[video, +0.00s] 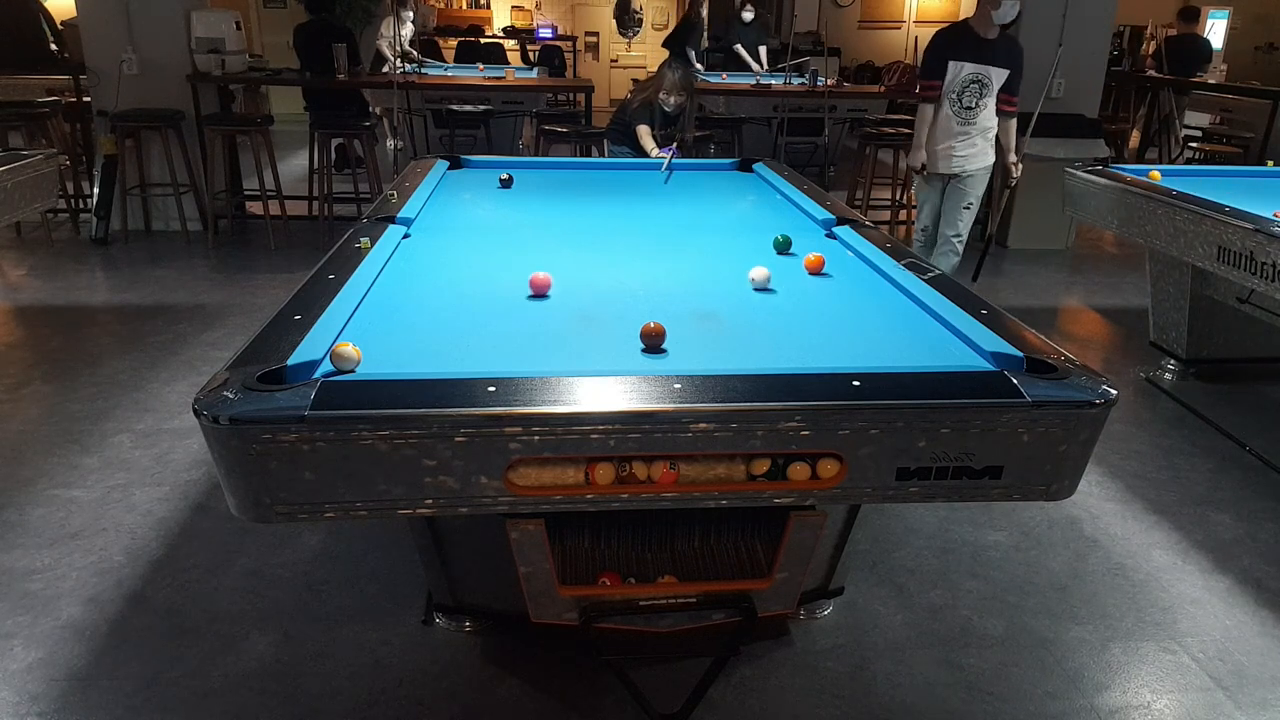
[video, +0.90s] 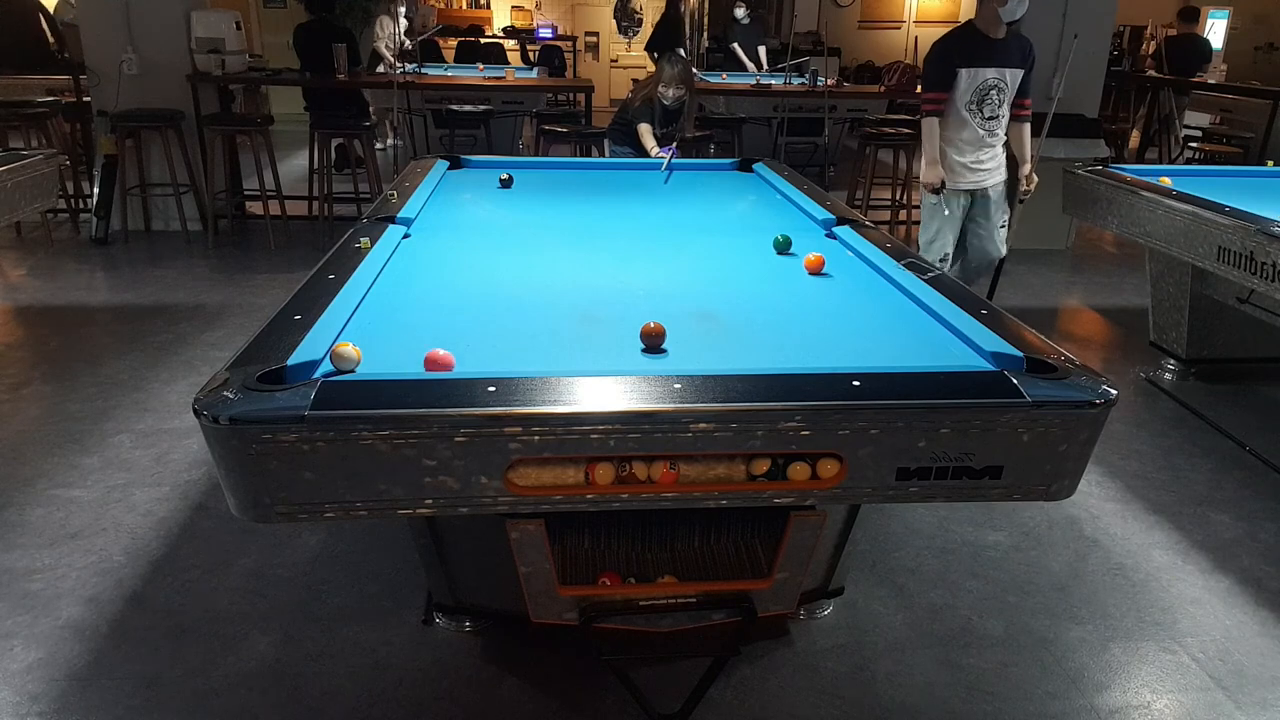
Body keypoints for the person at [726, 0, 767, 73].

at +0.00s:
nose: (747, 15)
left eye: (750, 12)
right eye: (745, 11)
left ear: (754, 14)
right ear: (740, 12)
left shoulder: (758, 26)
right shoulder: (734, 25)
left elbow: (762, 46)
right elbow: (736, 46)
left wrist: (765, 65)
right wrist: (753, 64)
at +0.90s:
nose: (737, 11)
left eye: (740, 8)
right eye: (735, 8)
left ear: (748, 11)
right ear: (733, 10)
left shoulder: (756, 25)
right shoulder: (730, 25)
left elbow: (761, 46)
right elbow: (734, 46)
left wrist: (765, 66)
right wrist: (748, 64)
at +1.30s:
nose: (733, 10)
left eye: (736, 7)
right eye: (731, 7)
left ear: (744, 10)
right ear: (729, 10)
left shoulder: (754, 25)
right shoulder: (728, 26)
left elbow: (759, 46)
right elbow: (730, 44)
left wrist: (765, 65)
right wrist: (741, 59)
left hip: (752, 69)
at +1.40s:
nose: (731, 10)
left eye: (735, 7)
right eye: (730, 7)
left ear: (742, 10)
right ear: (727, 10)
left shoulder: (753, 25)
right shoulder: (727, 26)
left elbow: (758, 46)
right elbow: (727, 44)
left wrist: (764, 65)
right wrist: (735, 56)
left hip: (752, 69)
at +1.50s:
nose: (731, 9)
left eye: (734, 6)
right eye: (729, 6)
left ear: (742, 10)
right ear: (727, 9)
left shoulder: (753, 25)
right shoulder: (726, 26)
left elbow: (758, 46)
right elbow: (724, 43)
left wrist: (764, 65)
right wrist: (728, 54)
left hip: (752, 70)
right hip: (733, 70)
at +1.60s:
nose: (731, 10)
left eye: (734, 7)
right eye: (729, 7)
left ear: (741, 9)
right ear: (727, 10)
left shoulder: (752, 26)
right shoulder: (725, 26)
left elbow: (758, 47)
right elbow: (722, 45)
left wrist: (765, 66)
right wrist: (721, 56)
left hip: (751, 72)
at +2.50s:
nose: (734, 10)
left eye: (737, 6)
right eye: (732, 7)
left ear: (744, 9)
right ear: (730, 9)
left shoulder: (753, 25)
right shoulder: (728, 25)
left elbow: (759, 46)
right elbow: (723, 44)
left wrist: (764, 66)